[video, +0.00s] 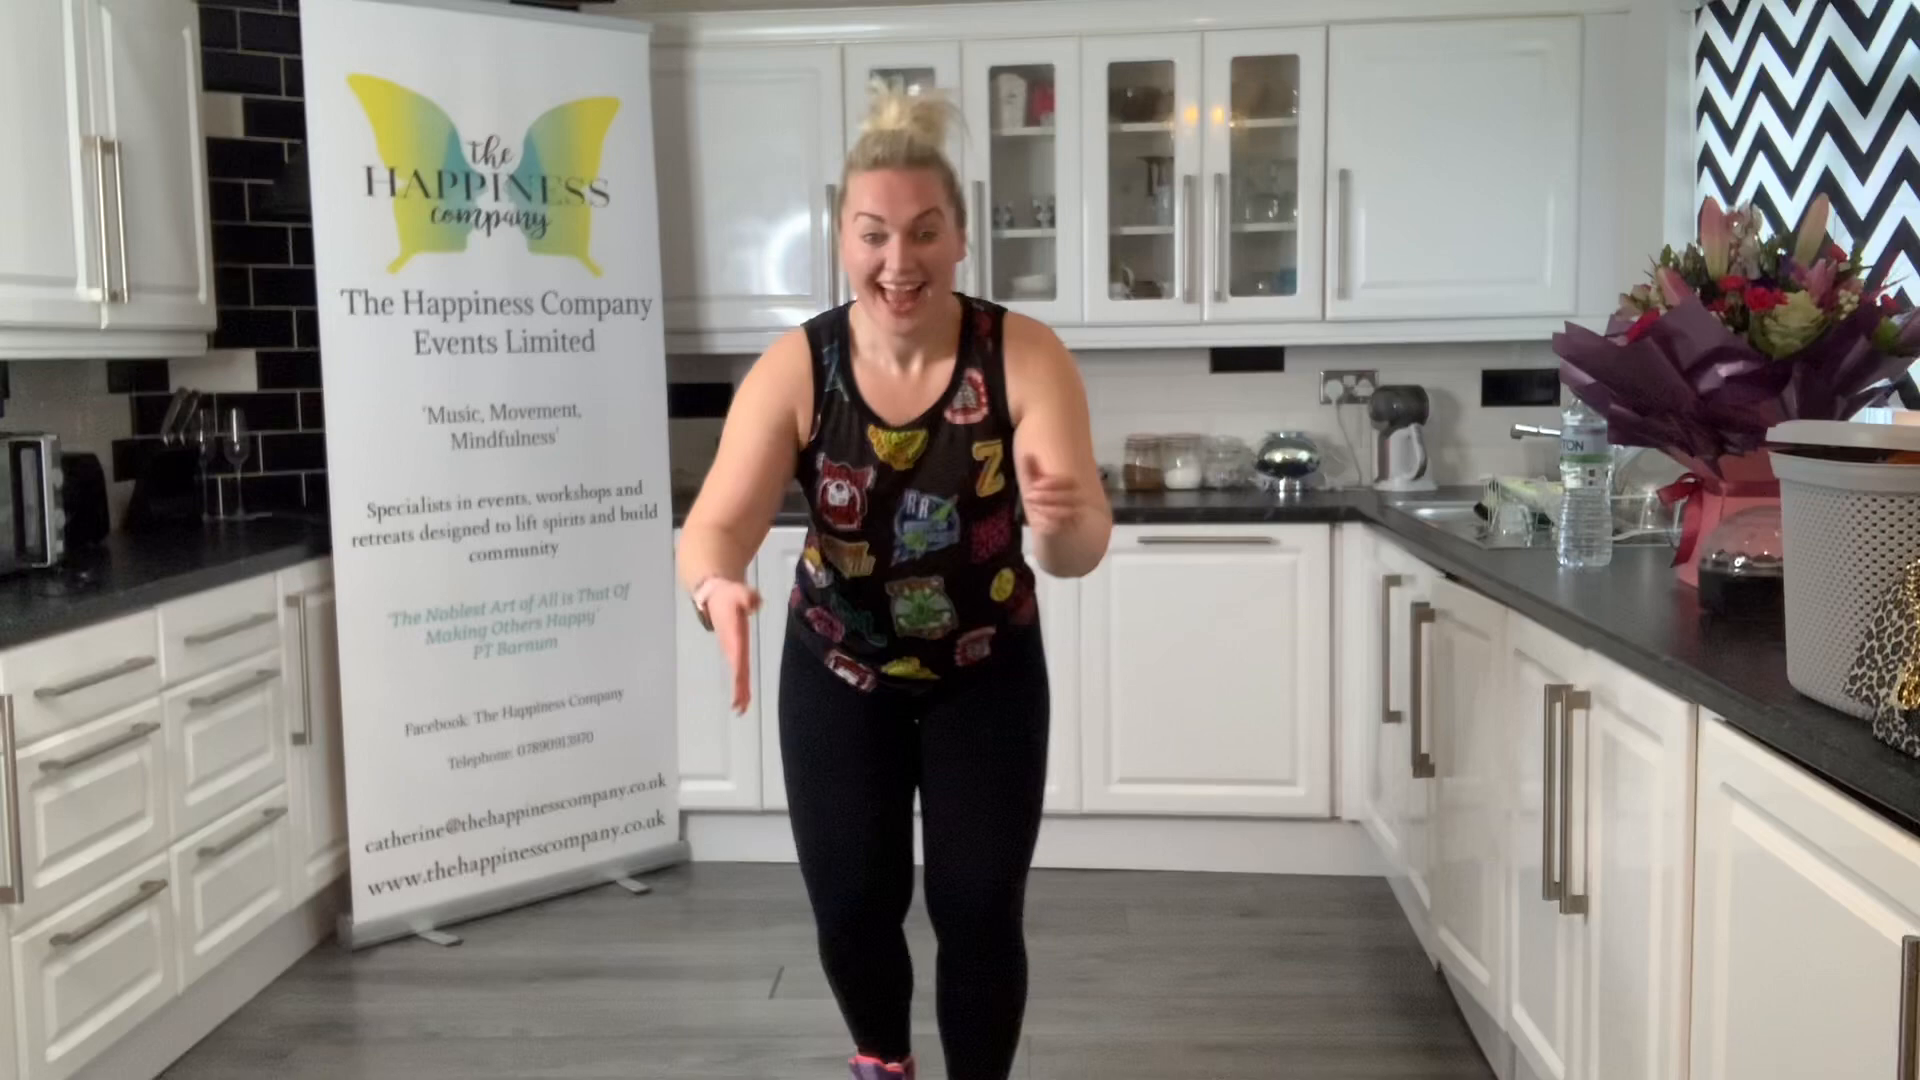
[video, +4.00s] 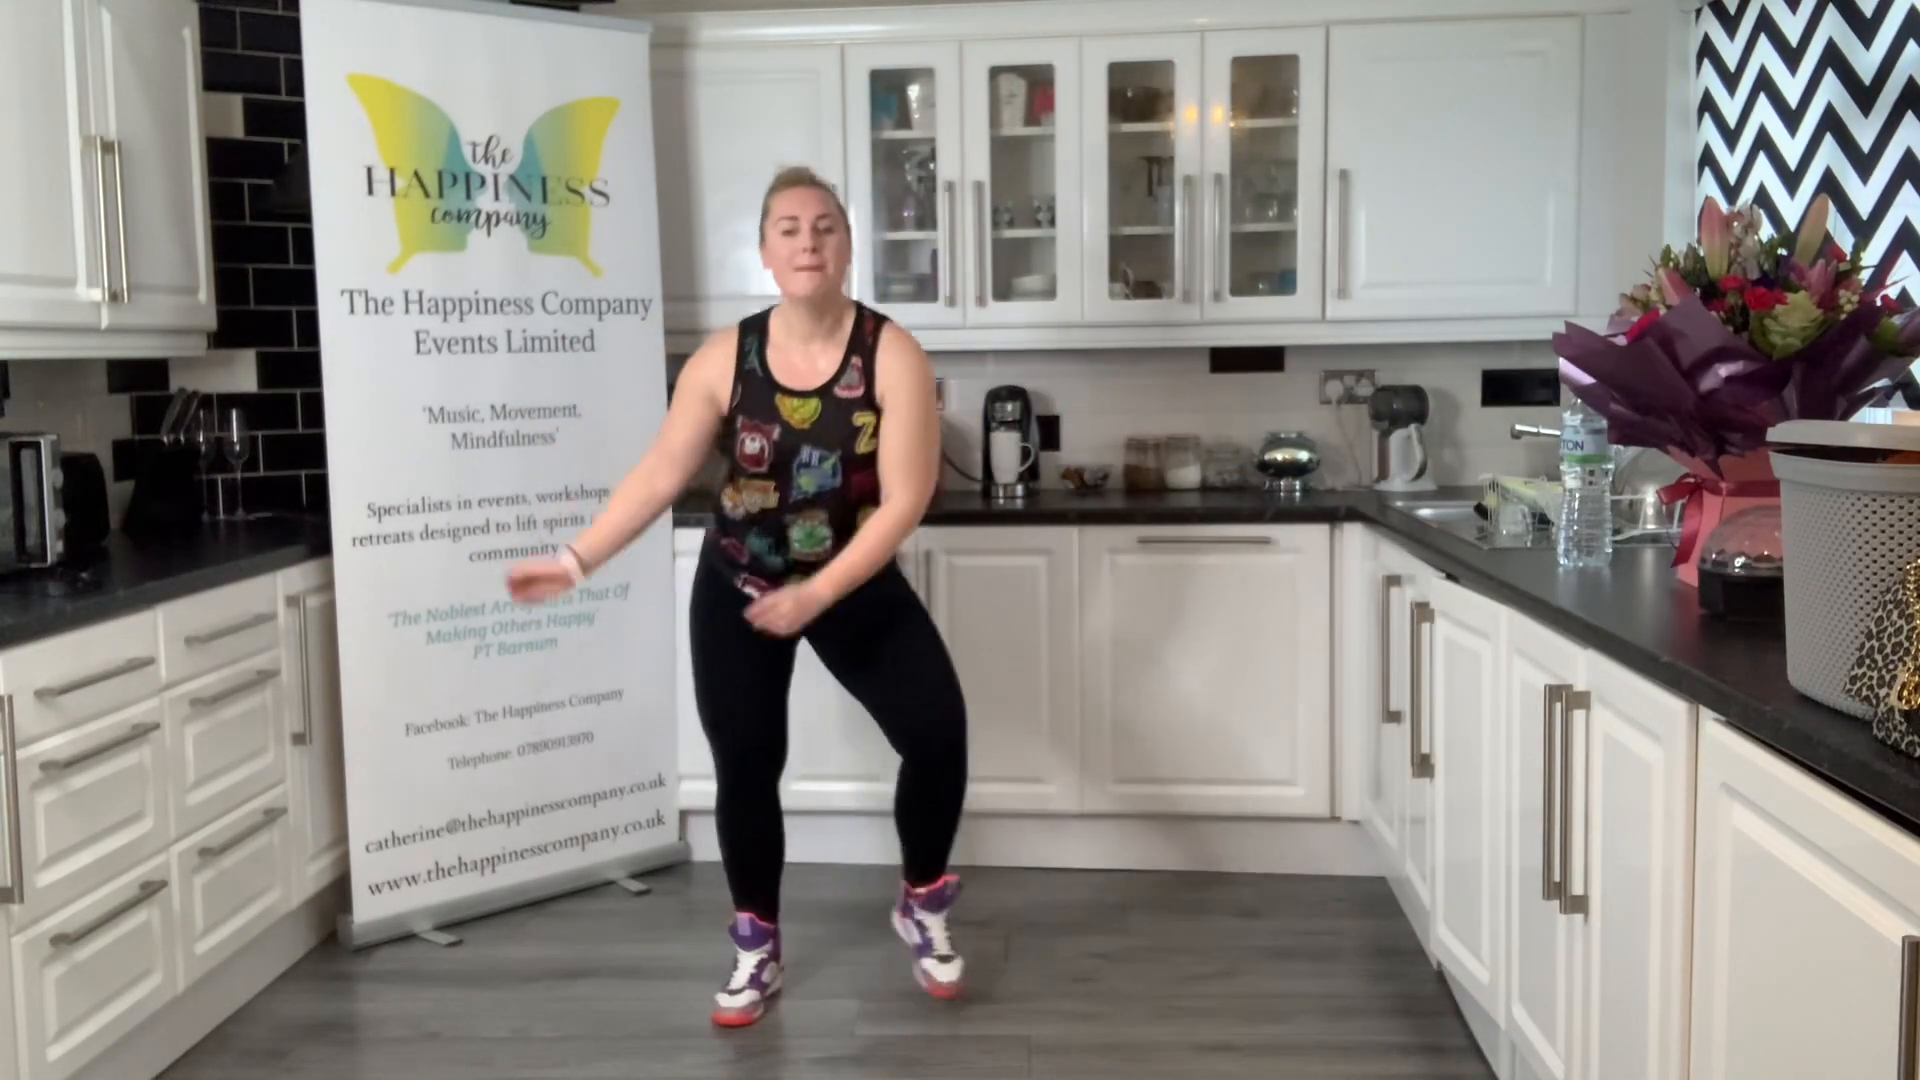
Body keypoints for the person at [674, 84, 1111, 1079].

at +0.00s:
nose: (900, 260)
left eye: (924, 231)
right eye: (874, 232)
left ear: (959, 232)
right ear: (842, 236)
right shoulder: (793, 368)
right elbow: (714, 525)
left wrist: (1061, 517)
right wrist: (715, 582)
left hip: (985, 667)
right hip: (838, 664)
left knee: (978, 912)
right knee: (850, 906)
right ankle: (883, 1062)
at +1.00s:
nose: (860, 276)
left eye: (880, 255)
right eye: (839, 255)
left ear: (908, 258)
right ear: (808, 261)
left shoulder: (956, 370)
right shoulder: (764, 375)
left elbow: (1019, 493)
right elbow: (678, 500)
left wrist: (1054, 610)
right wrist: (708, 587)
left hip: (931, 621)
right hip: (805, 619)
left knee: (926, 829)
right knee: (781, 816)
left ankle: (922, 1021)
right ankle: (817, 993)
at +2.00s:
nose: (762, 249)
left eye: (780, 231)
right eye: (743, 233)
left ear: (805, 241)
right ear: (718, 243)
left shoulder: (848, 353)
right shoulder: (677, 352)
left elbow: (843, 499)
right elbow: (591, 444)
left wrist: (736, 552)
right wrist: (516, 516)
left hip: (821, 596)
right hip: (706, 598)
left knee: (862, 771)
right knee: (712, 786)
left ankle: (806, 929)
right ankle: (727, 966)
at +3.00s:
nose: (905, 248)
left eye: (922, 232)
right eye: (886, 233)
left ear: (948, 248)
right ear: (861, 251)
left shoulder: (991, 349)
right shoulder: (828, 365)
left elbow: (1058, 459)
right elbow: (818, 508)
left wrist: (1143, 499)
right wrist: (896, 538)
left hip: (989, 588)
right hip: (877, 591)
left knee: (991, 771)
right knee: (836, 751)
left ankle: (984, 945)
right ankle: (887, 943)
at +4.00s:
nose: (809, 243)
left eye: (826, 228)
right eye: (789, 230)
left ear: (848, 246)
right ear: (765, 254)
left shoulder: (893, 356)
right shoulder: (723, 362)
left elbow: (906, 502)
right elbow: (658, 476)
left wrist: (814, 595)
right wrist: (574, 560)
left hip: (854, 577)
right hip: (741, 582)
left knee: (939, 732)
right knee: (746, 768)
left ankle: (924, 905)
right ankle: (755, 947)